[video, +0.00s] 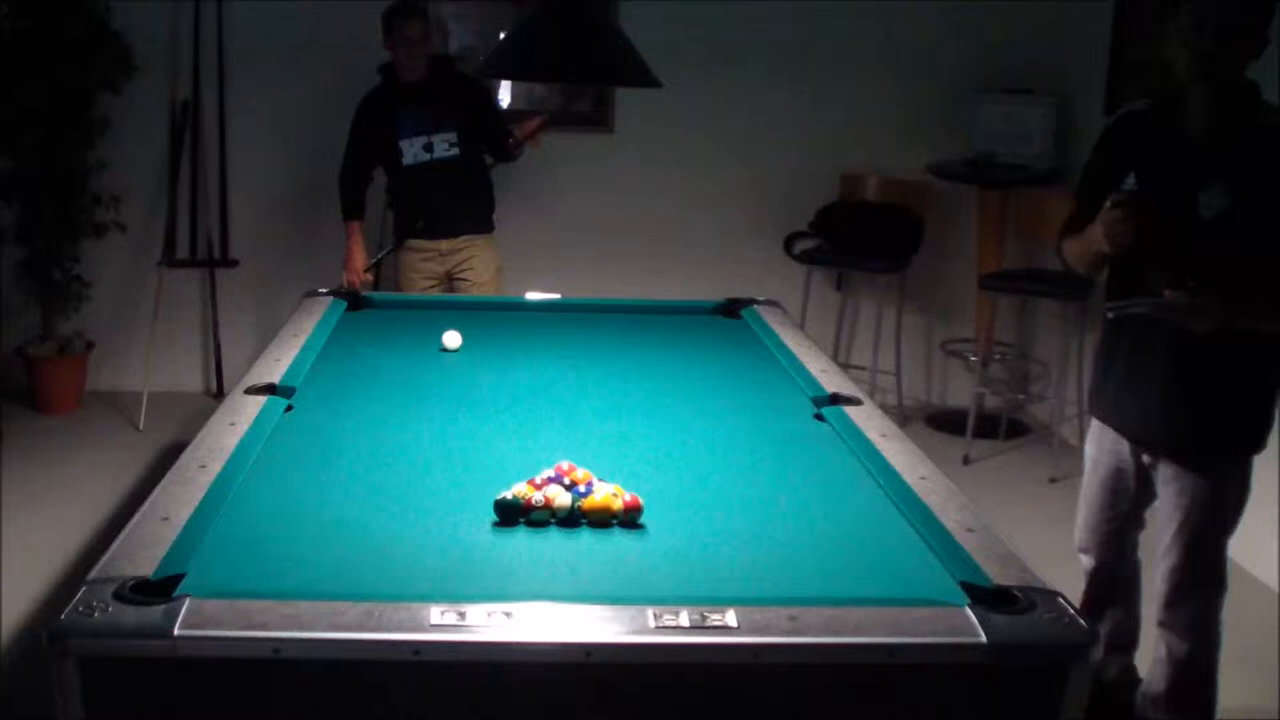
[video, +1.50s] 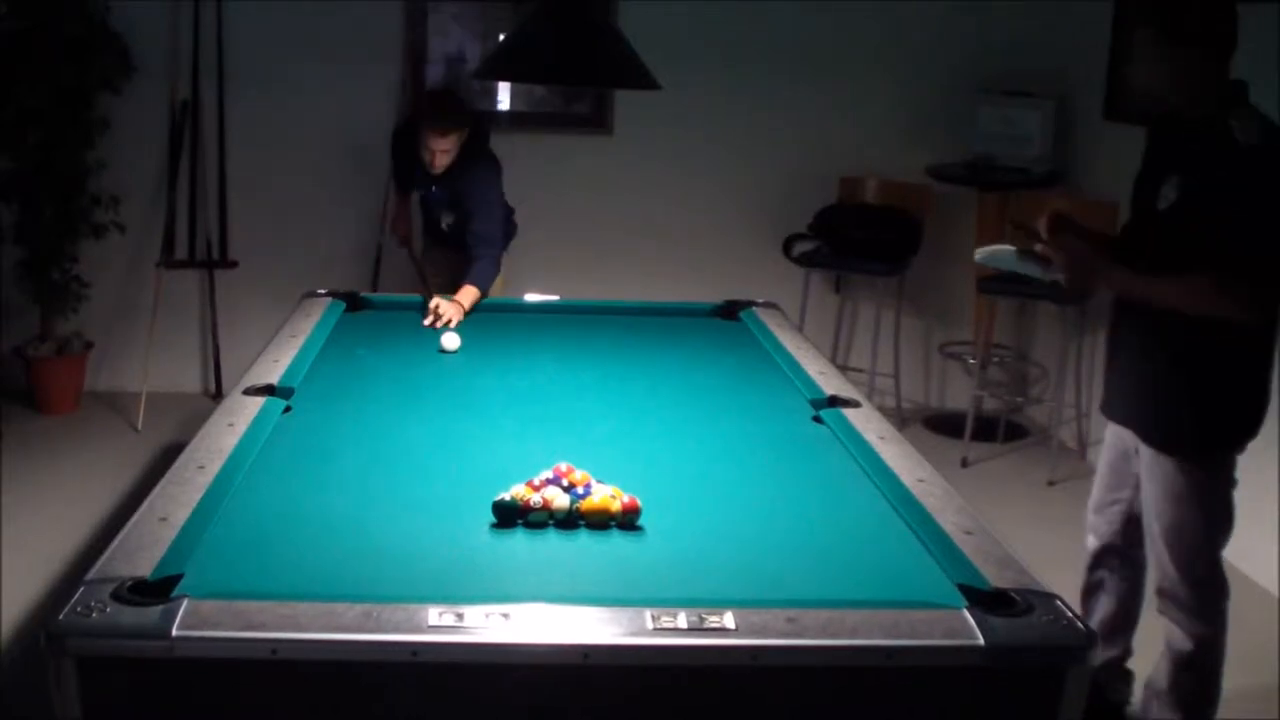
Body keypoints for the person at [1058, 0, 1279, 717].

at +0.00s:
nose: (1200, 51)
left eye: (1218, 33)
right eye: (1189, 32)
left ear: (1250, 43)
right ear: (1169, 40)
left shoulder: (1269, 142)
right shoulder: (1136, 129)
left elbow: (1273, 283)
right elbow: (1072, 252)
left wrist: (1213, 301)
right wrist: (1096, 239)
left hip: (1220, 389)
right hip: (1126, 375)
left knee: (1184, 588)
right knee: (1098, 557)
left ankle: (1175, 712)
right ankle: (1099, 696)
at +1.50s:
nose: (1133, 70)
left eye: (1146, 51)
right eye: (1134, 51)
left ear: (1192, 56)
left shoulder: (1252, 152)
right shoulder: (1172, 139)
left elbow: (1239, 295)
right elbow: (1158, 256)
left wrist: (1109, 274)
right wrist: (1089, 248)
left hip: (1196, 408)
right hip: (1135, 389)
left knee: (1185, 588)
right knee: (1109, 548)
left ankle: (1177, 708)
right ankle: (1098, 675)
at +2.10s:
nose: (1072, 67)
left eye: (1080, 52)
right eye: (1072, 52)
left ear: (1110, 54)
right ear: (1139, 49)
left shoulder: (1139, 125)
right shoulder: (1157, 119)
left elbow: (1119, 261)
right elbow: (1106, 219)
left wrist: (1016, 238)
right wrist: (1023, 206)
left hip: (1112, 373)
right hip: (1143, 369)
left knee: (1062, 528)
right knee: (1111, 524)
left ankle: (1082, 682)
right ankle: (1104, 672)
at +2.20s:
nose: (1061, 69)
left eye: (1069, 53)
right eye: (1061, 54)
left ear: (1101, 54)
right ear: (1130, 51)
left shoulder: (1130, 129)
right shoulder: (1150, 123)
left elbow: (1108, 259)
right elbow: (1095, 214)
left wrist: (1010, 235)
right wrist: (1016, 205)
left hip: (1102, 375)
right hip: (1141, 372)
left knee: (1041, 520)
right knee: (1111, 525)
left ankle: (1054, 675)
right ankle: (1101, 672)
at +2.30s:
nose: (1048, 70)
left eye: (1056, 55)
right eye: (1048, 56)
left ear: (1086, 56)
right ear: (1118, 52)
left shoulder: (1111, 126)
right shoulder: (1141, 122)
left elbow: (1096, 259)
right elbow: (1091, 218)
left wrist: (1000, 239)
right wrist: (1007, 206)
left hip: (1091, 374)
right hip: (1138, 370)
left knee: (1027, 520)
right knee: (1111, 525)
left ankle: (1014, 671)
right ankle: (1104, 668)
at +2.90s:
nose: (972, 78)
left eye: (979, 63)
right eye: (970, 64)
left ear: (1012, 55)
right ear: (1025, 54)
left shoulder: (1049, 120)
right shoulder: (1040, 112)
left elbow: (1025, 258)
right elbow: (1015, 218)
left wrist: (934, 239)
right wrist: (939, 214)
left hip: (1044, 356)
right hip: (1027, 348)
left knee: (1009, 515)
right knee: (989, 484)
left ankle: (1011, 638)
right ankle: (993, 625)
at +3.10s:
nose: (960, 77)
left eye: (966, 62)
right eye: (957, 63)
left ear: (1002, 55)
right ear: (1010, 56)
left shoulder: (1043, 118)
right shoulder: (1024, 112)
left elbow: (1025, 251)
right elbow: (1006, 218)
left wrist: (929, 236)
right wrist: (930, 215)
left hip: (1040, 354)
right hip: (1018, 346)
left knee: (1009, 515)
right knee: (987, 495)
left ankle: (1010, 638)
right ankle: (986, 627)